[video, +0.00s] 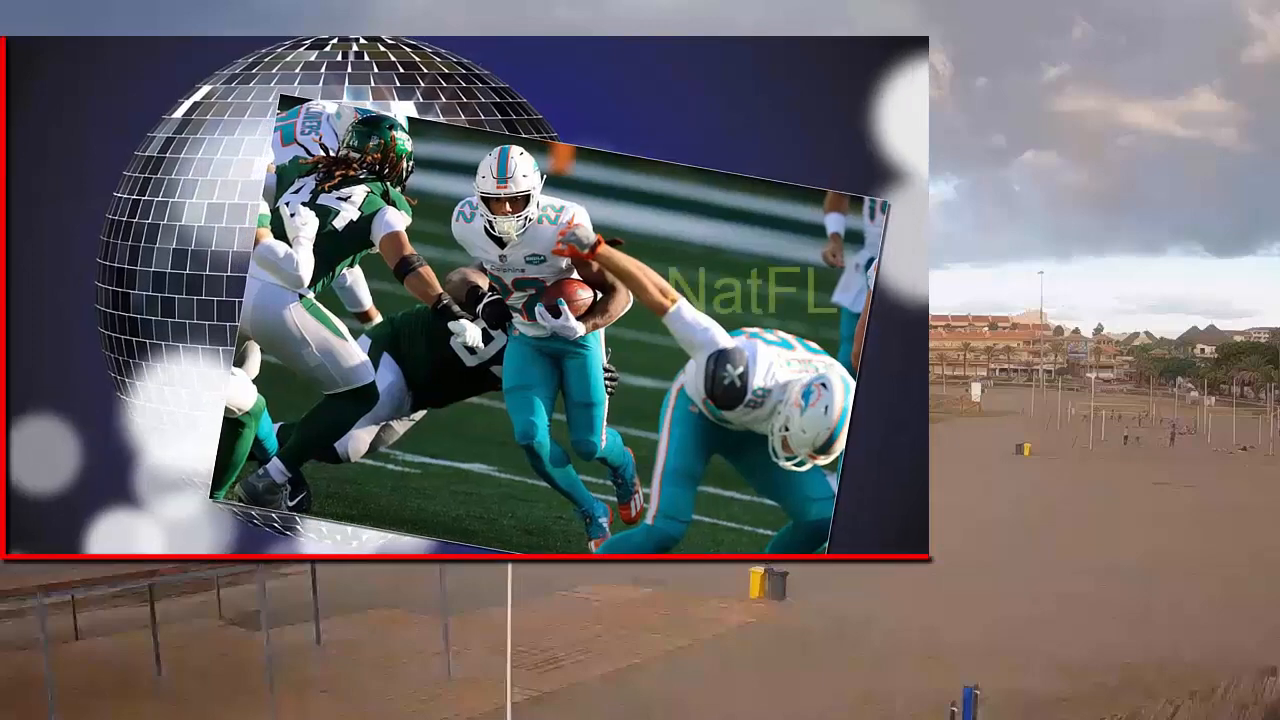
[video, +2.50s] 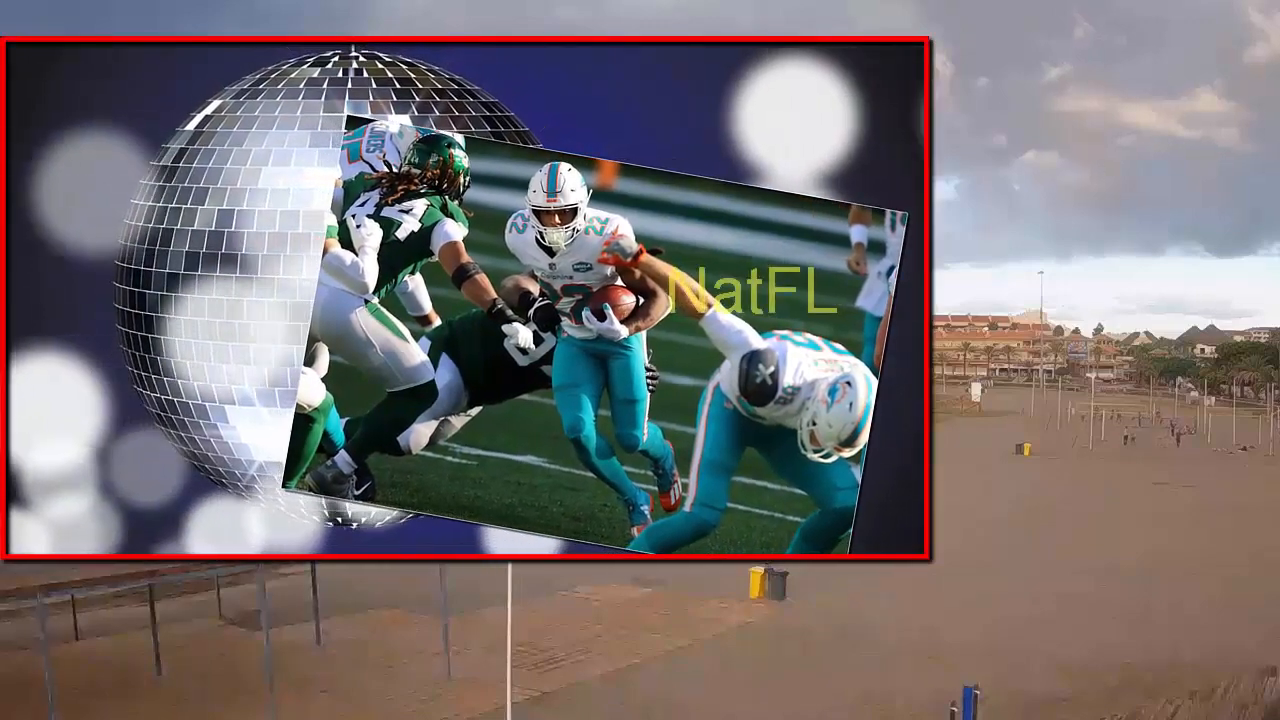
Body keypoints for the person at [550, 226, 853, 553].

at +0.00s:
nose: (800, 463)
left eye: (813, 458)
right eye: (794, 452)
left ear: (841, 431)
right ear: (782, 414)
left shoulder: (848, 414)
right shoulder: (738, 374)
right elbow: (663, 299)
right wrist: (596, 249)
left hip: (759, 428)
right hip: (698, 406)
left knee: (822, 517)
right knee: (666, 528)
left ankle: (757, 587)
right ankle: (582, 578)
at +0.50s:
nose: (804, 461)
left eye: (817, 457)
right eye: (799, 450)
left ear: (845, 432)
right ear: (787, 415)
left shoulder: (854, 415)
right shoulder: (744, 375)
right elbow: (671, 300)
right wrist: (606, 253)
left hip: (764, 428)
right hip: (706, 405)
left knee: (827, 516)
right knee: (673, 527)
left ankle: (764, 583)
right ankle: (592, 571)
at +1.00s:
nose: (809, 459)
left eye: (822, 455)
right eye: (804, 449)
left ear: (849, 432)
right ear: (793, 414)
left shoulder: (858, 415)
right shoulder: (752, 375)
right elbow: (677, 301)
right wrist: (613, 253)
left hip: (769, 426)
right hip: (712, 404)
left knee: (831, 513)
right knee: (681, 523)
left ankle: (770, 582)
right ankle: (600, 571)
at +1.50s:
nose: (813, 458)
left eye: (826, 454)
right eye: (809, 447)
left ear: (853, 432)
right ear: (799, 413)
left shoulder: (863, 413)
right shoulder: (757, 374)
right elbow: (684, 300)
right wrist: (622, 255)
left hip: (775, 425)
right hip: (720, 403)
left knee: (836, 510)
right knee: (689, 521)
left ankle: (775, 580)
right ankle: (607, 571)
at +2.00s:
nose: (818, 456)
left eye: (831, 453)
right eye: (813, 444)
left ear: (857, 429)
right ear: (805, 411)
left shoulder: (868, 416)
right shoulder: (758, 368)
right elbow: (692, 303)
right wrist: (631, 257)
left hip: (781, 425)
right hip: (726, 401)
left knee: (841, 504)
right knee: (696, 519)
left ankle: (779, 581)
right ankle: (615, 567)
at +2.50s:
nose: (822, 455)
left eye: (835, 452)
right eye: (818, 442)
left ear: (861, 429)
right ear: (810, 409)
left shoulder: (872, 413)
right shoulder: (763, 366)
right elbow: (700, 303)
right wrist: (639, 258)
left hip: (788, 424)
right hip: (733, 401)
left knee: (845, 503)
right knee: (704, 515)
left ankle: (785, 581)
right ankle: (622, 568)